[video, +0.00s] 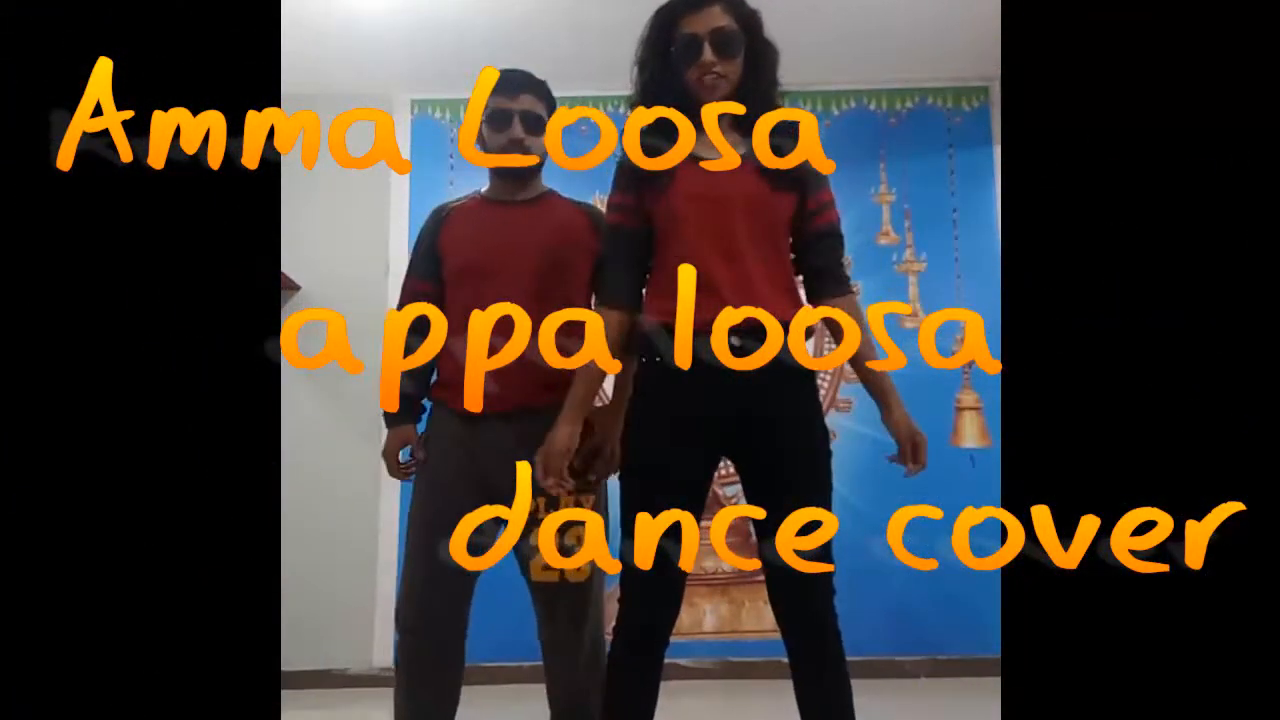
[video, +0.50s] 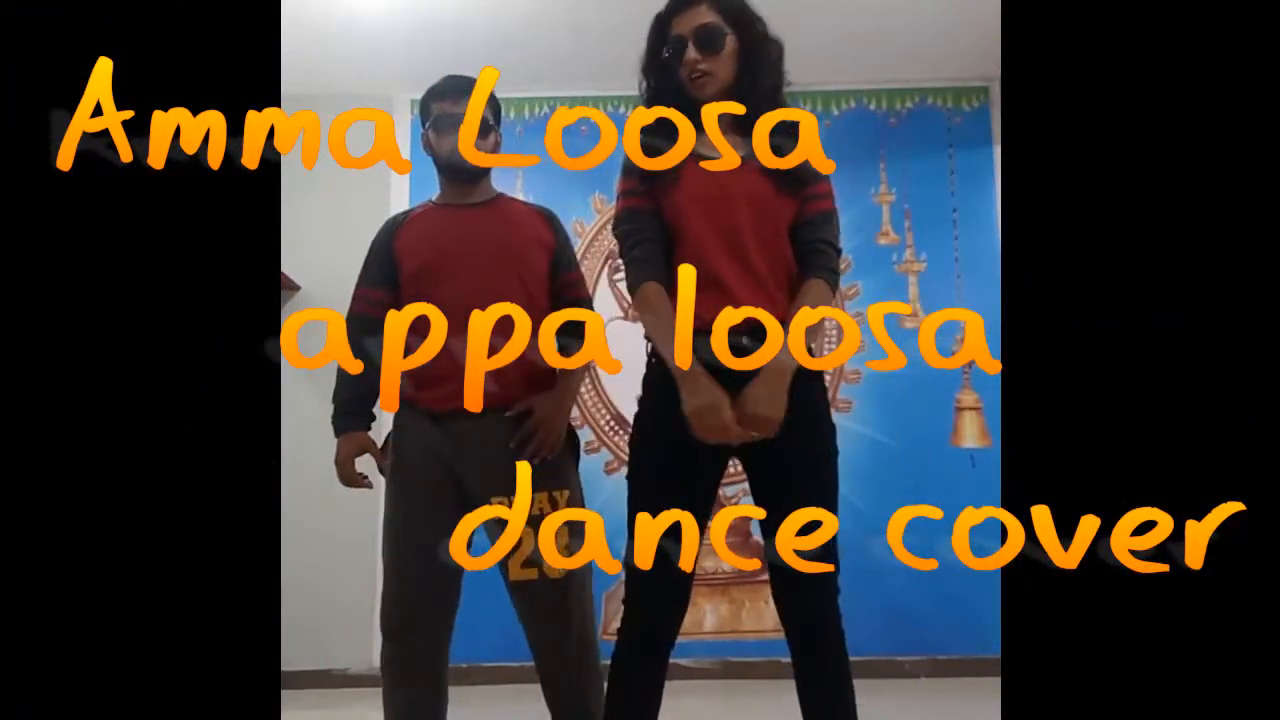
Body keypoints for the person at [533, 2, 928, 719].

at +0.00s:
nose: (708, 58)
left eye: (724, 43)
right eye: (689, 46)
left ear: (752, 55)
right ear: (666, 62)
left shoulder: (787, 145)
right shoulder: (648, 148)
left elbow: (830, 283)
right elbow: (618, 290)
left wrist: (890, 403)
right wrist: (572, 414)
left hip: (778, 394)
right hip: (671, 394)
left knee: (807, 602)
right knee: (649, 601)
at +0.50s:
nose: (692, 57)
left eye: (708, 38)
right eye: (675, 48)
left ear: (747, 44)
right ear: (663, 64)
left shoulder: (789, 133)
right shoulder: (652, 140)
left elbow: (822, 260)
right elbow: (640, 265)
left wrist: (783, 367)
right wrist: (686, 372)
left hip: (786, 383)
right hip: (679, 384)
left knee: (810, 598)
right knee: (653, 602)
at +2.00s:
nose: (710, 47)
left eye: (727, 32)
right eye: (691, 36)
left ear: (755, 47)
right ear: (670, 55)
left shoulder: (789, 134)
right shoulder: (659, 147)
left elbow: (888, 186)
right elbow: (617, 285)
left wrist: (885, 63)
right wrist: (562, 182)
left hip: (767, 380)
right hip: (664, 378)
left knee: (802, 592)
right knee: (637, 594)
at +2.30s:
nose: (714, 57)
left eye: (730, 38)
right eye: (695, 45)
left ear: (760, 45)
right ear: (674, 57)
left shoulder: (784, 133)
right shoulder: (654, 140)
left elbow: (868, 176)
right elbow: (639, 269)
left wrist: (829, 72)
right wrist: (686, 196)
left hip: (777, 383)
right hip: (674, 383)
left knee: (800, 596)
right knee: (646, 598)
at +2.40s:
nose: (720, 58)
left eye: (735, 40)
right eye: (700, 46)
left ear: (765, 47)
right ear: (679, 59)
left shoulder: (792, 137)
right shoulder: (662, 137)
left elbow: (876, 168)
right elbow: (664, 259)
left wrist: (827, 72)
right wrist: (749, 190)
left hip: (787, 387)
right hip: (683, 387)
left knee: (805, 593)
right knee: (635, 589)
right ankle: (604, 719)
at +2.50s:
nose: (730, 55)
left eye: (746, 35)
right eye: (710, 42)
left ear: (775, 41)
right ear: (688, 55)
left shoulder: (813, 126)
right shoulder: (678, 134)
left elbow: (894, 152)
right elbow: (712, 247)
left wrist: (838, 58)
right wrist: (837, 192)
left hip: (776, 382)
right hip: (676, 377)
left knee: (793, 591)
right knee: (626, 576)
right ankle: (576, 716)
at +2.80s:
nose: (744, 60)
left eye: (757, 40)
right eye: (722, 49)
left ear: (787, 41)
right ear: (701, 63)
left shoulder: (818, 126)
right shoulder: (696, 140)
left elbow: (904, 166)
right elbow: (747, 253)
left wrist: (847, 67)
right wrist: (887, 224)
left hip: (780, 383)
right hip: (684, 378)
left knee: (791, 592)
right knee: (631, 580)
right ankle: (574, 716)